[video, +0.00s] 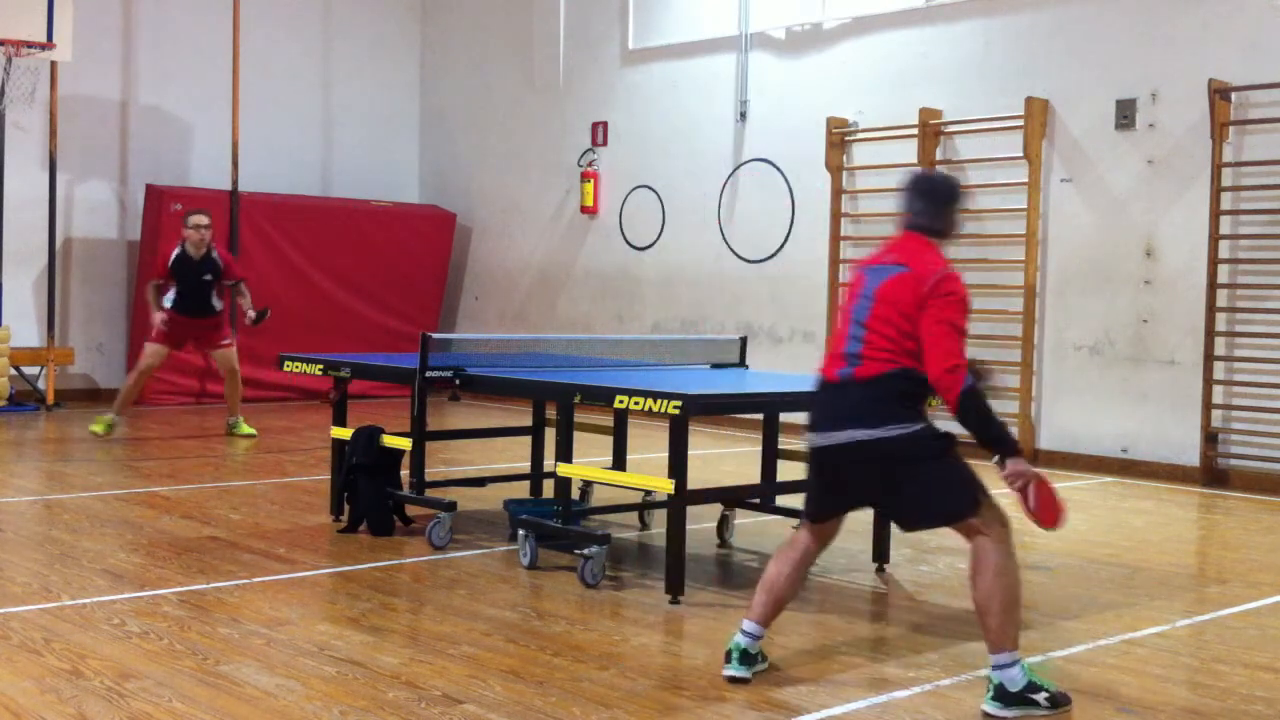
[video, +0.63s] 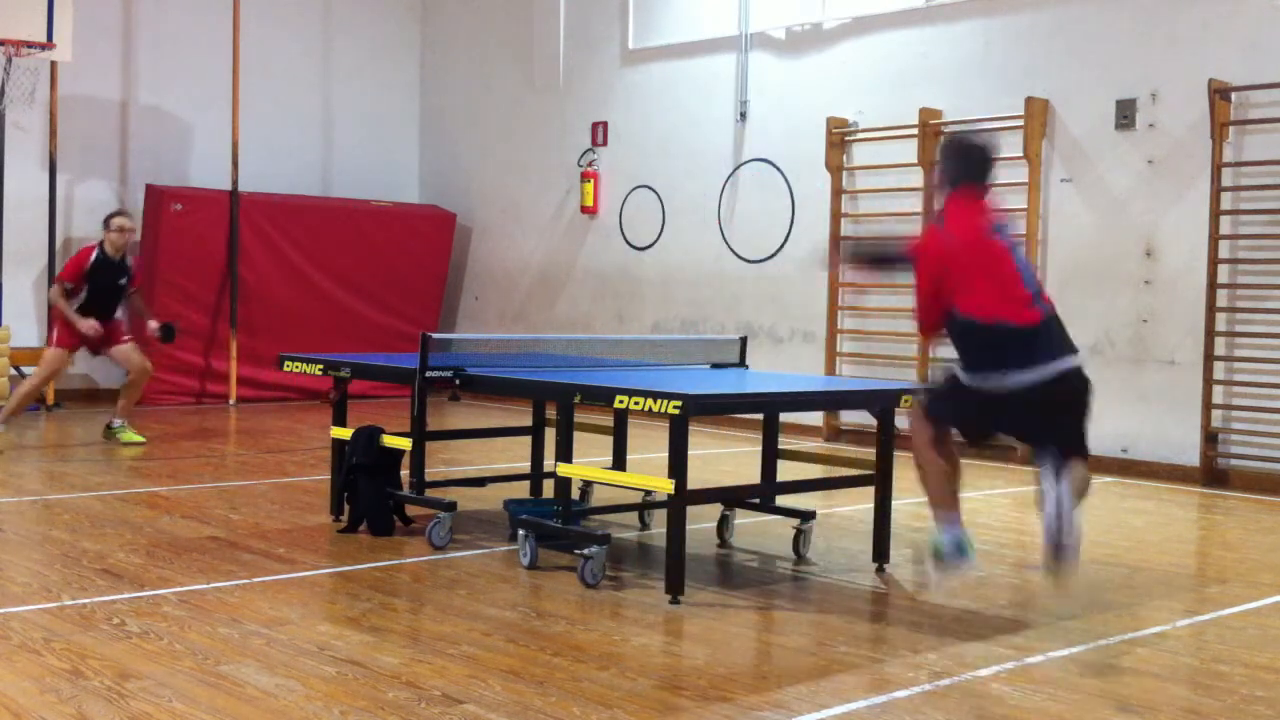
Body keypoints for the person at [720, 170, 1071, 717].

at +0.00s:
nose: (954, 221)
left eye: (940, 209)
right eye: (954, 212)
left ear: (906, 212)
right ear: (951, 218)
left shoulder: (869, 267)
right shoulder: (939, 279)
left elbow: (869, 355)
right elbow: (949, 380)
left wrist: (949, 373)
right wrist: (1008, 451)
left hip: (831, 435)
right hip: (897, 434)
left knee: (813, 531)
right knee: (988, 531)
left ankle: (744, 645)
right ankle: (1009, 677)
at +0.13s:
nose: (1005, 229)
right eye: (1004, 220)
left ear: (953, 220)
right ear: (1002, 228)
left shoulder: (928, 267)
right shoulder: (973, 277)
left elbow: (975, 343)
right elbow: (967, 361)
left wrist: (1052, 361)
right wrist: (1025, 427)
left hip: (855, 431)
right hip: (915, 432)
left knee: (825, 535)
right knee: (1014, 532)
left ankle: (743, 645)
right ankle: (1011, 680)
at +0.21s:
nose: (1032, 222)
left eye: (1030, 211)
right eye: (1030, 214)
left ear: (977, 214)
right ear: (1021, 221)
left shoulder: (953, 260)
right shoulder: (992, 270)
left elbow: (1010, 318)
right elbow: (1001, 347)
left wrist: (1074, 337)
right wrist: (1068, 383)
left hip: (878, 427)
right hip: (939, 431)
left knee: (826, 536)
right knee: (1027, 533)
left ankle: (747, 641)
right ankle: (1014, 680)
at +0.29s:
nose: (1043, 196)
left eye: (1036, 185)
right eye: (1041, 187)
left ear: (987, 186)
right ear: (1035, 193)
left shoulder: (954, 236)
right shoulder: (1015, 244)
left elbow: (942, 309)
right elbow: (1049, 305)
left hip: (896, 402)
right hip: (963, 409)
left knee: (840, 502)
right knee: (1020, 528)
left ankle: (770, 614)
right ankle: (1019, 672)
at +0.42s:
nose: (1027, 142)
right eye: (1027, 134)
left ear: (972, 132)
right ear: (1022, 137)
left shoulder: (930, 182)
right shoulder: (1038, 196)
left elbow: (854, 237)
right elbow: (1130, 239)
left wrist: (862, 284)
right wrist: (1212, 208)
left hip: (928, 348)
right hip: (1001, 354)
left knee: (878, 448)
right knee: (1031, 474)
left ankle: (833, 559)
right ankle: (1066, 592)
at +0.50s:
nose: (954, 128)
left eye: (955, 121)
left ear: (954, 128)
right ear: (1007, 131)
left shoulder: (932, 186)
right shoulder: (1031, 187)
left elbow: (873, 268)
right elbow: (1081, 220)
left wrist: (892, 300)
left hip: (951, 351)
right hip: (1026, 350)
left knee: (901, 410)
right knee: (1036, 459)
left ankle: (893, 510)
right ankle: (1072, 519)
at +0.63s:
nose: (934, 174)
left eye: (937, 168)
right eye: (937, 167)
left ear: (941, 177)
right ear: (986, 178)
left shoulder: (936, 241)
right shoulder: (999, 224)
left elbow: (929, 324)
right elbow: (954, 254)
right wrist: (871, 259)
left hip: (992, 391)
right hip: (1059, 384)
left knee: (925, 420)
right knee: (1075, 465)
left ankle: (951, 536)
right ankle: (1062, 488)